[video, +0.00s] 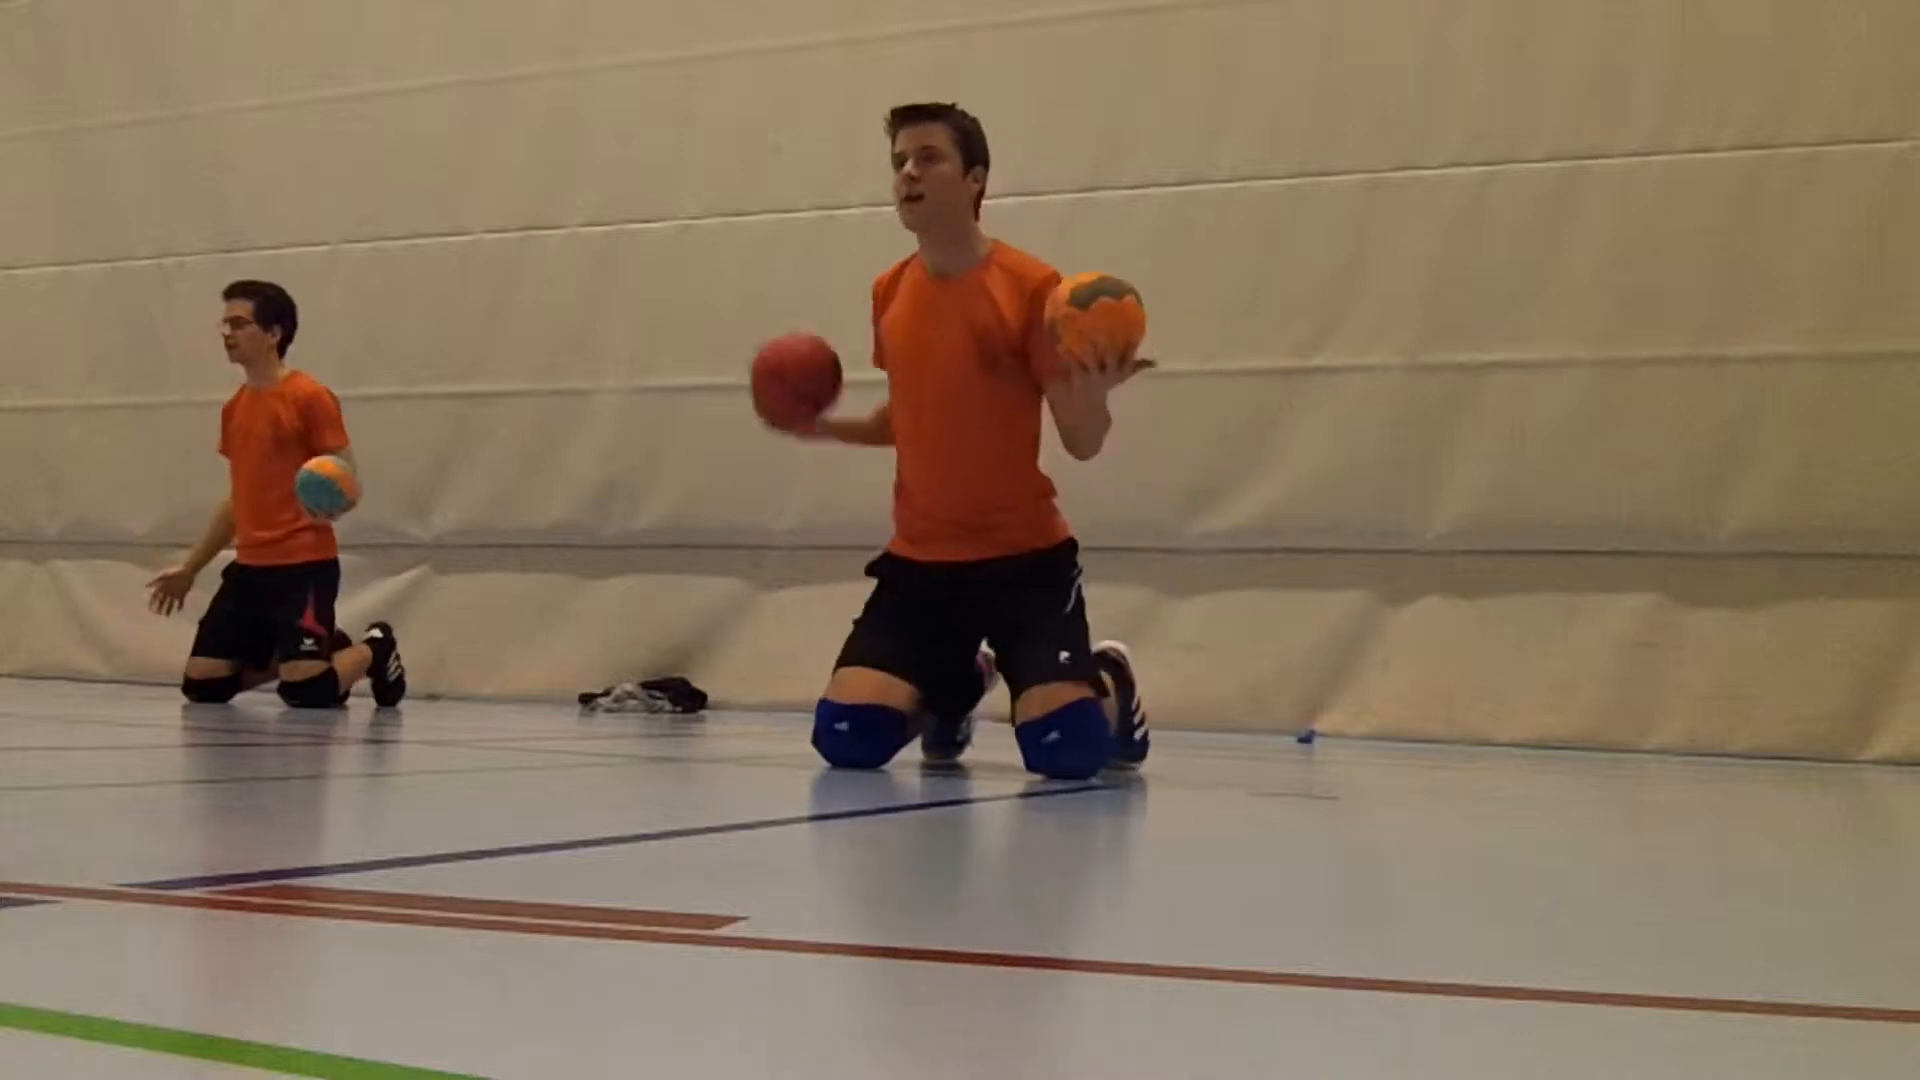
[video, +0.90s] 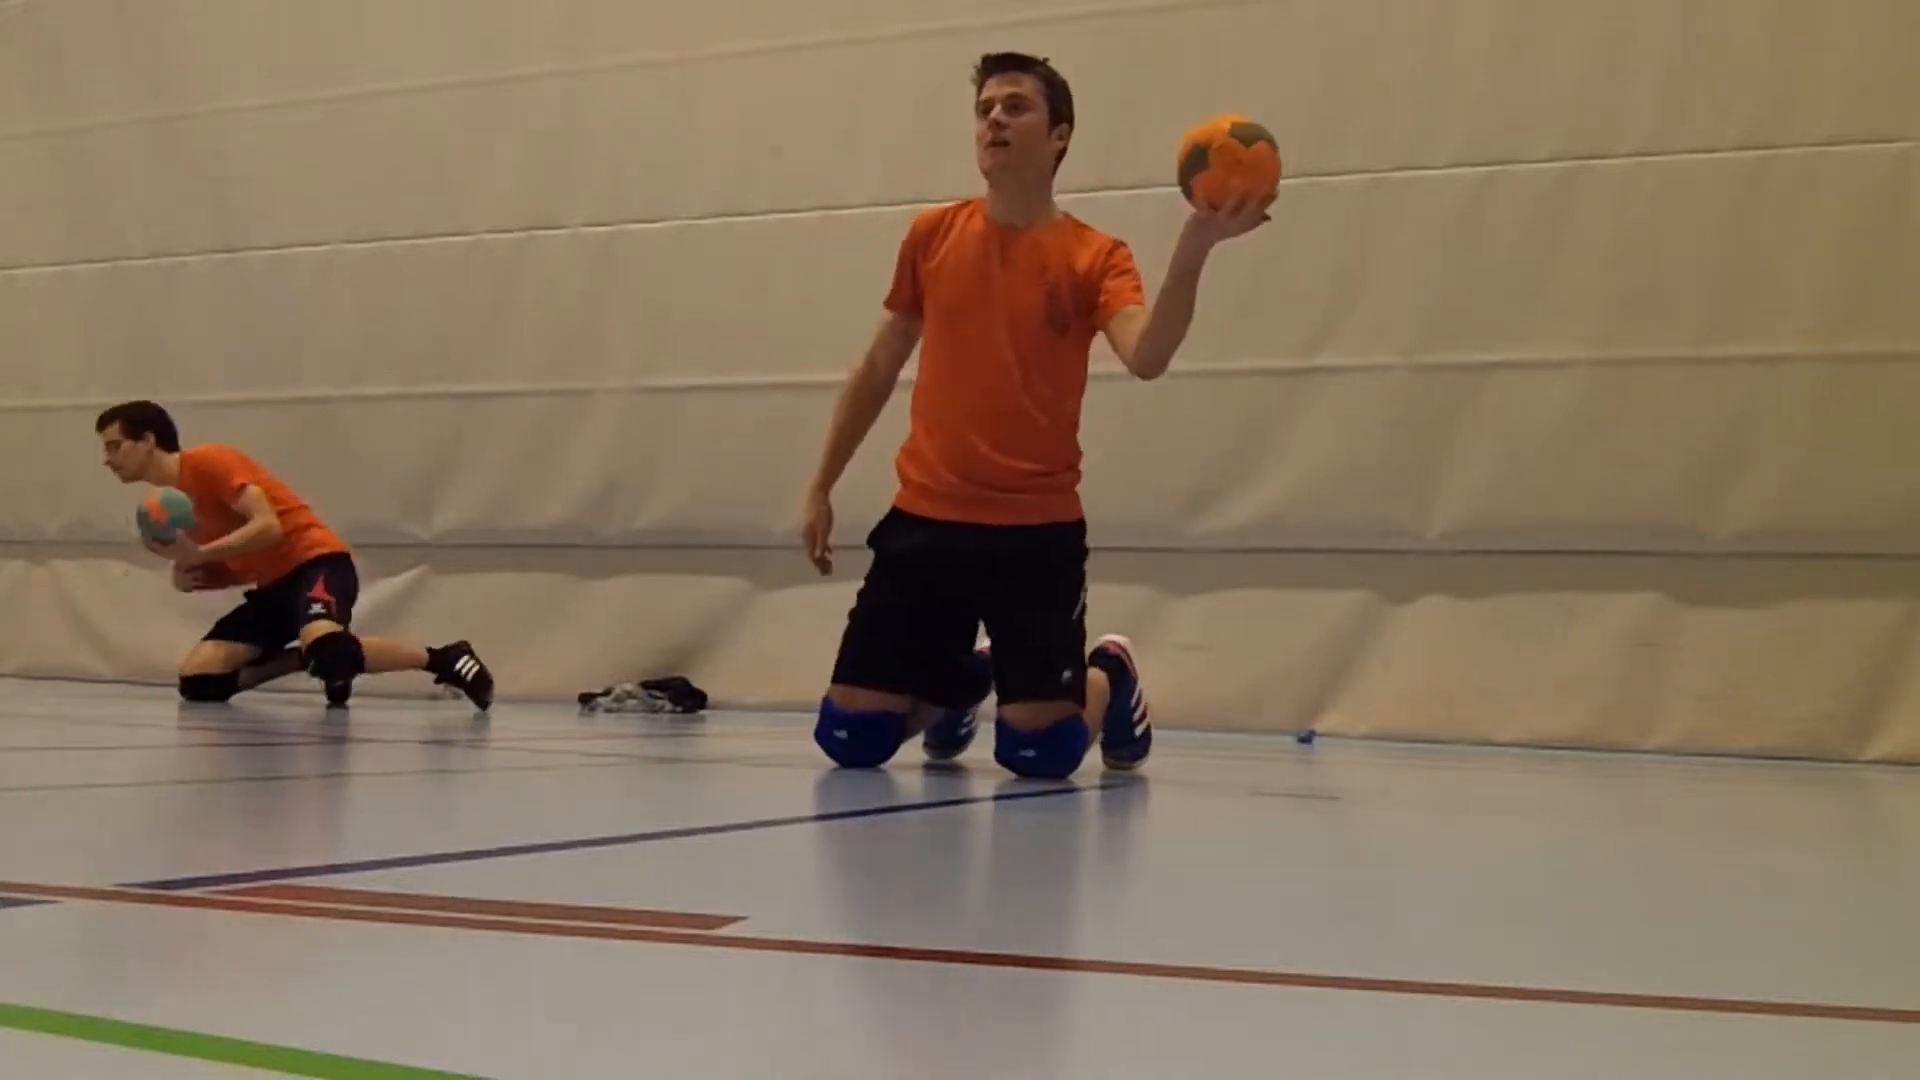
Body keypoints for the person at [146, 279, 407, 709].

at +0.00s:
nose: (227, 333)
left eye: (239, 323)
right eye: (225, 324)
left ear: (274, 334)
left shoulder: (309, 397)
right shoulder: (236, 408)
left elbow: (348, 482)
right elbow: (239, 501)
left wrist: (329, 501)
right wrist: (189, 569)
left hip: (306, 567)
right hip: (249, 570)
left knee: (305, 692)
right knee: (202, 687)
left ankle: (375, 649)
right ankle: (306, 655)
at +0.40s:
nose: (212, 371)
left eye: (223, 361)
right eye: (213, 362)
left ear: (258, 367)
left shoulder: (303, 419)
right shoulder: (234, 447)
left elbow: (349, 494)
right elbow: (202, 532)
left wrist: (322, 510)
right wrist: (122, 558)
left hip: (334, 577)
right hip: (282, 583)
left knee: (319, 691)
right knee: (202, 682)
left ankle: (384, 650)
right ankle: (317, 657)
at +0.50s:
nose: (184, 407)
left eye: (194, 396)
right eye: (185, 397)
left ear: (229, 401)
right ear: (216, 404)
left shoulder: (279, 444)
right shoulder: (211, 481)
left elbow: (338, 506)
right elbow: (156, 552)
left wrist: (314, 517)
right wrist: (77, 575)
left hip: (342, 588)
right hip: (294, 598)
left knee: (322, 689)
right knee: (205, 681)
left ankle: (405, 654)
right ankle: (322, 659)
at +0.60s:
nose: (156, 447)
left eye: (164, 436)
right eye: (157, 436)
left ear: (199, 437)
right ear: (189, 439)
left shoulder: (263, 469)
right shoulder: (191, 515)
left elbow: (321, 527)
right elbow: (129, 576)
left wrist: (286, 533)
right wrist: (53, 615)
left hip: (342, 588)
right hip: (292, 603)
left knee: (324, 686)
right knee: (201, 679)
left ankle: (412, 652)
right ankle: (312, 665)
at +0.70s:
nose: (134, 466)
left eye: (141, 455)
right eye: (134, 456)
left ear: (173, 454)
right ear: (168, 457)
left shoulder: (241, 473)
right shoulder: (185, 535)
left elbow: (307, 533)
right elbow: (148, 611)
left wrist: (261, 547)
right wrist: (82, 652)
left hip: (333, 583)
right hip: (284, 603)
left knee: (324, 686)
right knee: (199, 680)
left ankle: (423, 651)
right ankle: (314, 662)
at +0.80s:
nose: (115, 470)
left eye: (122, 458)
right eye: (114, 460)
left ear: (154, 453)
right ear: (149, 457)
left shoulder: (222, 469)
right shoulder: (187, 517)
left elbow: (285, 528)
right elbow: (204, 611)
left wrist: (225, 552)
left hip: (325, 574)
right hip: (277, 596)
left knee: (327, 678)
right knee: (199, 680)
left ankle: (442, 658)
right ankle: (314, 659)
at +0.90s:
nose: (106, 459)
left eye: (114, 447)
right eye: (104, 449)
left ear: (148, 442)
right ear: (140, 446)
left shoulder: (209, 463)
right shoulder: (178, 504)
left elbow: (270, 526)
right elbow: (243, 568)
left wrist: (202, 550)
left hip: (320, 567)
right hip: (276, 591)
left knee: (327, 654)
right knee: (200, 680)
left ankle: (445, 661)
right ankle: (317, 659)